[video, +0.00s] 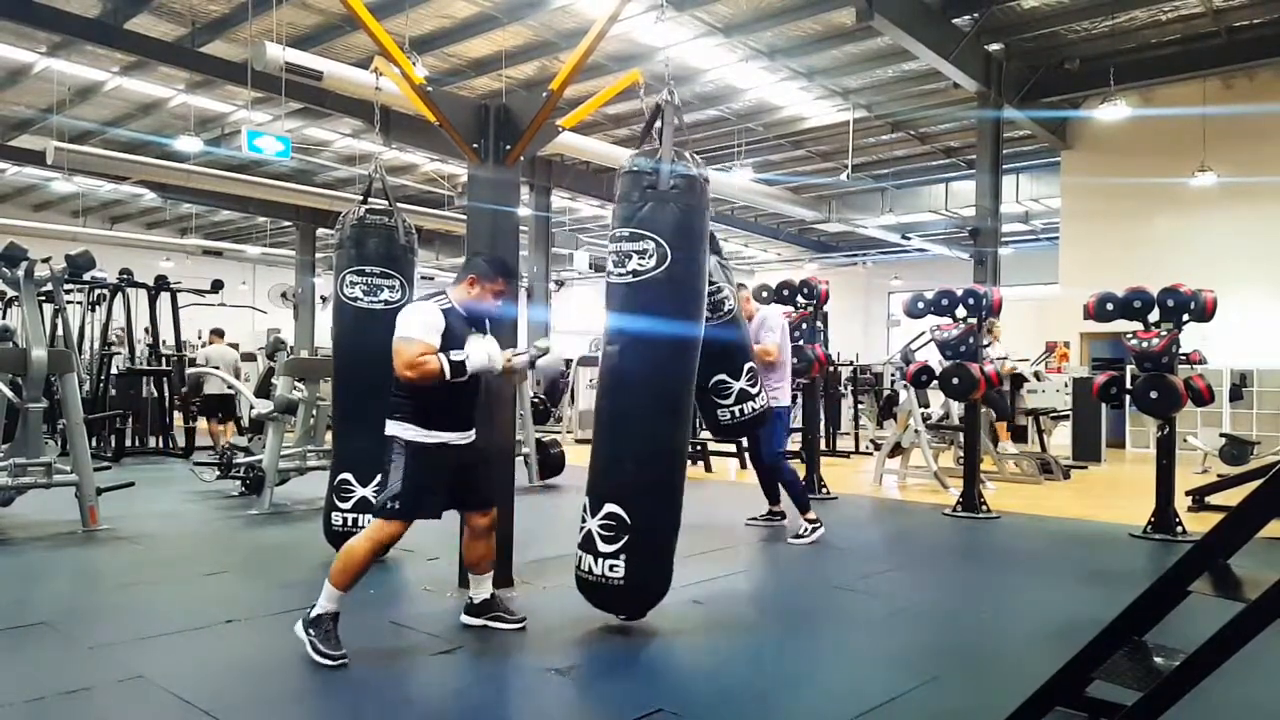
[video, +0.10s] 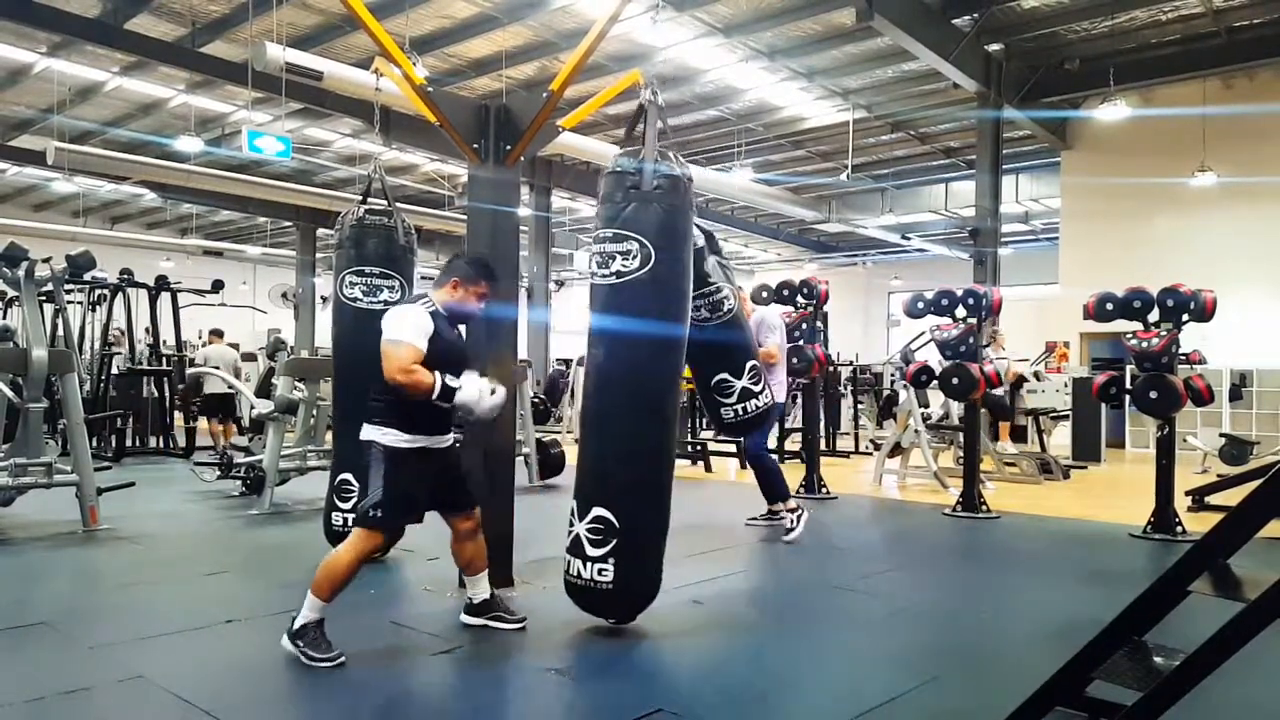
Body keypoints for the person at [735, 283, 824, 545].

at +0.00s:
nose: (737, 313)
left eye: (737, 307)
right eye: (734, 309)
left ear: (747, 300)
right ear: (744, 302)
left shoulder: (771, 316)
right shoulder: (748, 324)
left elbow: (771, 355)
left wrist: (740, 346)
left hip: (776, 402)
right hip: (756, 402)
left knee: (773, 458)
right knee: (758, 459)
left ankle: (810, 519)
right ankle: (775, 510)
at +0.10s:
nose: (736, 309)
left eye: (737, 303)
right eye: (734, 305)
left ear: (745, 299)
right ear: (737, 304)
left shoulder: (767, 316)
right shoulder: (744, 324)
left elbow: (772, 356)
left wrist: (743, 351)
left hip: (773, 395)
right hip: (756, 396)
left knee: (756, 449)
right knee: (753, 451)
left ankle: (792, 508)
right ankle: (774, 508)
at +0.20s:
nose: (727, 302)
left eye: (728, 296)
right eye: (724, 299)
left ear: (738, 293)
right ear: (724, 300)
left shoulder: (761, 311)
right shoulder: (730, 320)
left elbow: (770, 348)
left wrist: (739, 345)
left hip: (767, 390)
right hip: (749, 392)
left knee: (750, 444)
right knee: (758, 446)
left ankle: (760, 513)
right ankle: (774, 506)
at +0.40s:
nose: (720, 307)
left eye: (723, 299)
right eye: (720, 301)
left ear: (734, 297)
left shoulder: (754, 321)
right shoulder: (734, 324)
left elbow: (757, 360)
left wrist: (725, 353)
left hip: (756, 405)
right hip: (743, 404)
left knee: (739, 462)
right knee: (762, 458)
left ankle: (721, 521)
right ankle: (777, 510)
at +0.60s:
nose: (708, 312)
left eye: (712, 306)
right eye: (705, 308)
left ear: (727, 301)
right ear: (704, 309)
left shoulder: (749, 326)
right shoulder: (707, 327)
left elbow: (760, 366)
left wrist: (725, 361)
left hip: (743, 400)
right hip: (719, 402)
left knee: (730, 455)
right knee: (732, 456)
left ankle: (717, 522)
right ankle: (764, 501)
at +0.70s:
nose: (704, 307)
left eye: (707, 301)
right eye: (700, 302)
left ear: (722, 297)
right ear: (699, 302)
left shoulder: (744, 323)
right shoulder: (695, 319)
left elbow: (762, 364)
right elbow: (667, 326)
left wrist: (736, 376)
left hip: (738, 398)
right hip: (709, 400)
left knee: (725, 454)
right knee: (728, 455)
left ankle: (717, 522)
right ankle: (758, 500)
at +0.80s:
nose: (687, 299)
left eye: (691, 293)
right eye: (684, 295)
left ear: (705, 291)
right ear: (683, 297)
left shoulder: (728, 317)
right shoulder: (684, 316)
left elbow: (761, 340)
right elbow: (661, 335)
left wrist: (758, 364)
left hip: (727, 398)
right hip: (702, 399)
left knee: (717, 457)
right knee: (721, 455)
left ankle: (716, 524)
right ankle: (750, 500)